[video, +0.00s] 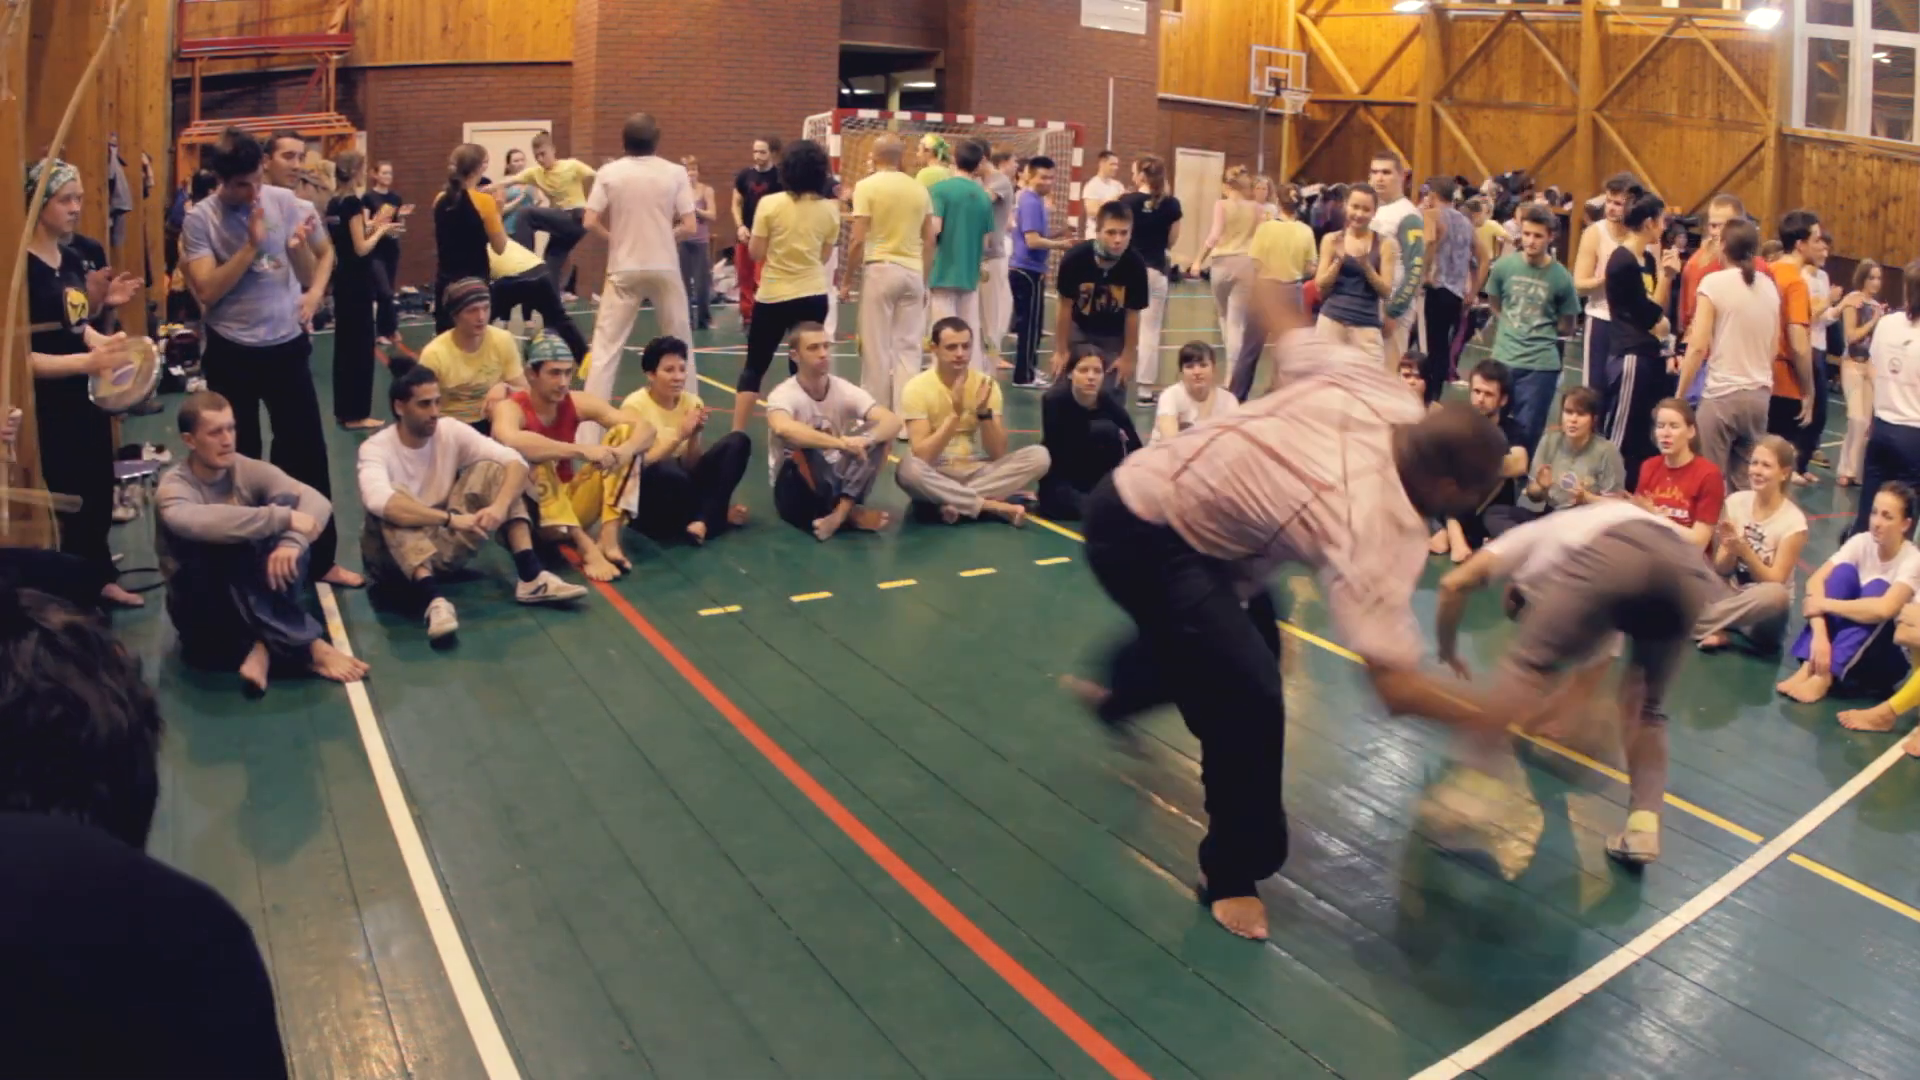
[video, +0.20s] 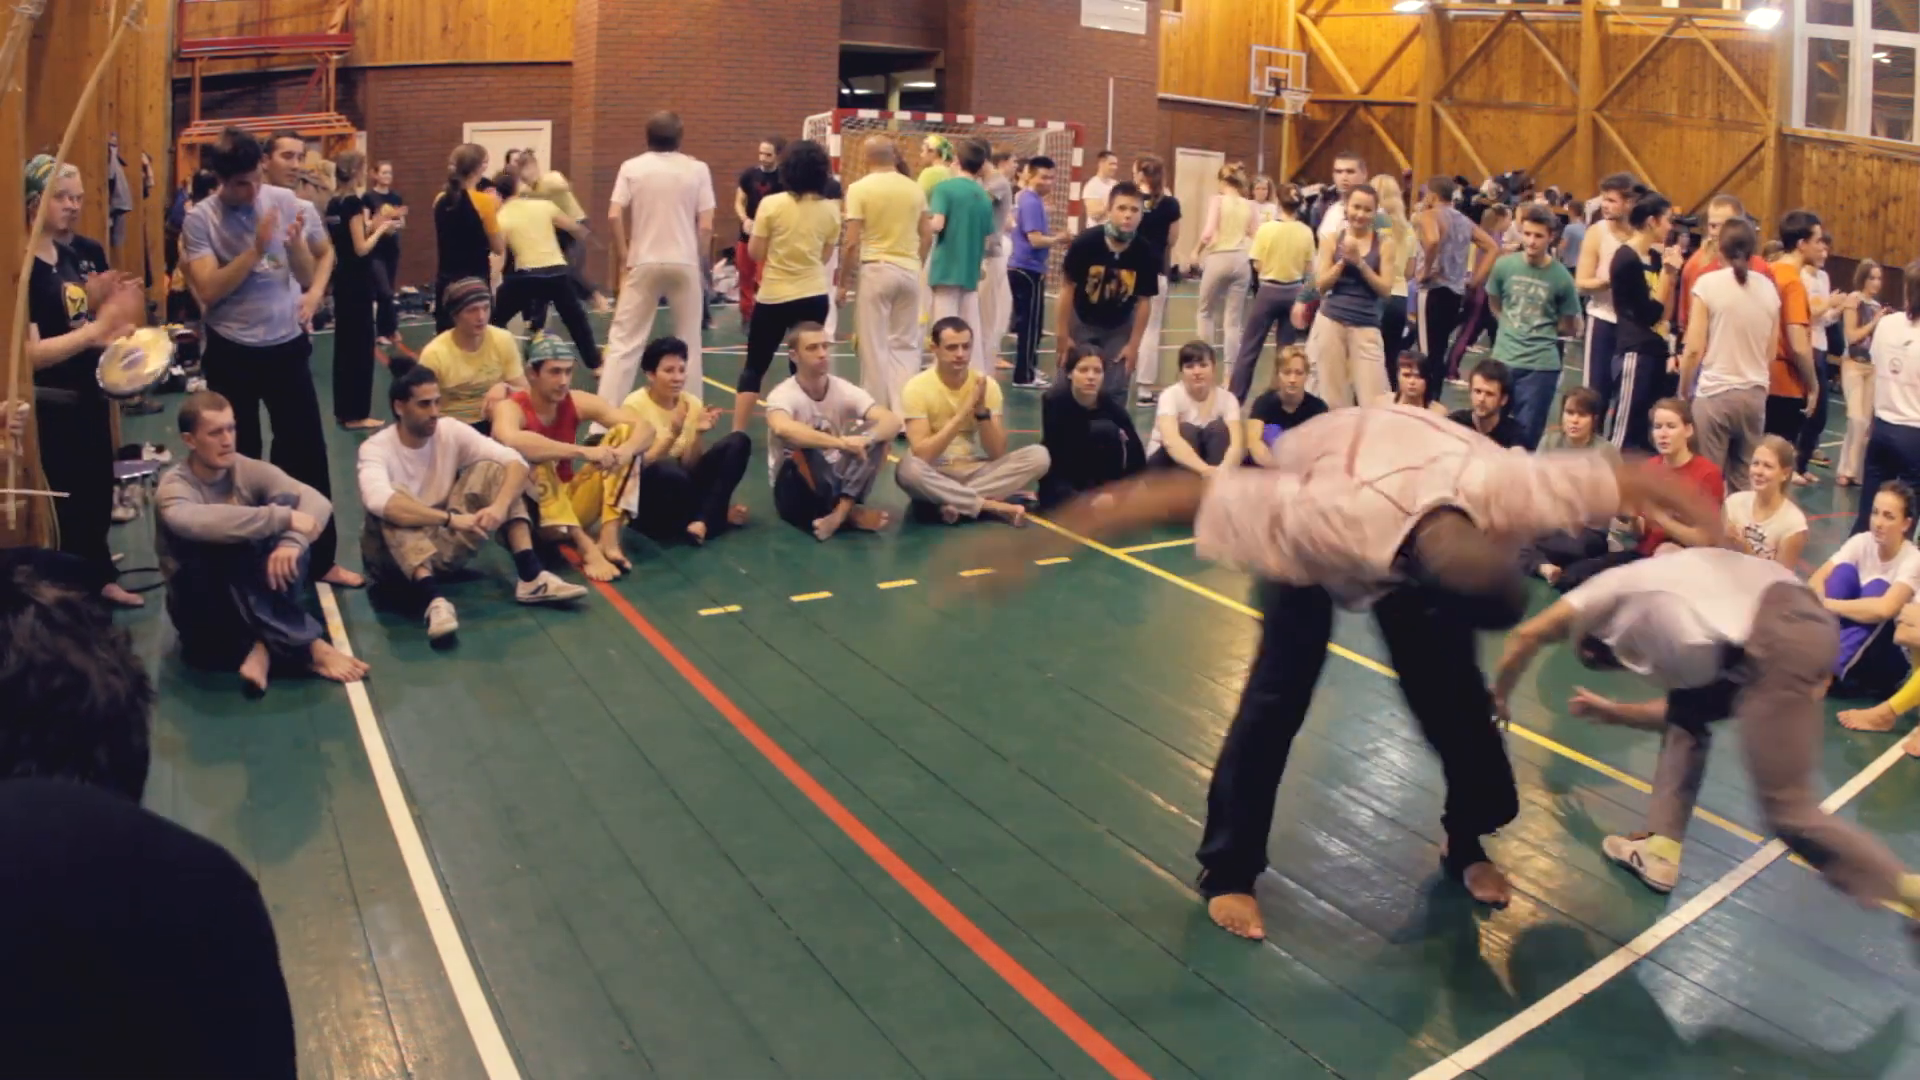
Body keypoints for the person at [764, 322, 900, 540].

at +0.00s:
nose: (823, 354)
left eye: (826, 347)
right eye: (813, 348)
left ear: (830, 348)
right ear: (794, 354)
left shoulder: (842, 388)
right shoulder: (783, 394)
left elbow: (892, 421)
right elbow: (782, 428)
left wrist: (866, 440)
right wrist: (840, 444)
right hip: (798, 495)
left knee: (880, 436)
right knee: (804, 449)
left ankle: (840, 512)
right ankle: (851, 512)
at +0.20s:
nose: (822, 355)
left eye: (825, 347)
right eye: (812, 348)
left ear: (830, 349)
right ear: (793, 355)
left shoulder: (842, 388)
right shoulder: (783, 394)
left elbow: (891, 421)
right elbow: (782, 429)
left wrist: (866, 439)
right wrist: (839, 443)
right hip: (797, 495)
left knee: (879, 434)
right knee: (804, 448)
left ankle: (841, 511)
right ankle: (850, 511)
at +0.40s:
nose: (821, 355)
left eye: (824, 347)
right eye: (811, 349)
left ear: (829, 348)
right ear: (793, 355)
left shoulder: (841, 389)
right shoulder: (782, 395)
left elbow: (892, 421)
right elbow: (782, 428)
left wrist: (866, 439)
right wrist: (840, 443)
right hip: (797, 494)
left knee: (879, 436)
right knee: (804, 448)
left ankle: (840, 512)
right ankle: (850, 512)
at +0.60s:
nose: (821, 355)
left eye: (823, 347)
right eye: (811, 349)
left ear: (828, 349)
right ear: (793, 355)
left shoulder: (841, 388)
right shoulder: (782, 394)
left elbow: (891, 420)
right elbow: (782, 429)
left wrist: (866, 438)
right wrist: (840, 443)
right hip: (797, 494)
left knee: (879, 438)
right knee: (803, 450)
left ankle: (840, 512)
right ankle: (850, 512)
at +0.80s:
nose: (822, 354)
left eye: (825, 346)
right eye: (812, 348)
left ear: (830, 348)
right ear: (793, 354)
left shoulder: (840, 388)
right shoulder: (782, 394)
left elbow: (892, 421)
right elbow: (784, 430)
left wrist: (868, 437)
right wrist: (842, 443)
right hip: (796, 497)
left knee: (877, 435)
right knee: (806, 452)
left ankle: (839, 512)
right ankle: (850, 512)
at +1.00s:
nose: (823, 354)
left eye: (826, 346)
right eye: (813, 347)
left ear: (831, 348)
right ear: (793, 354)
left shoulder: (841, 388)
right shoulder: (783, 394)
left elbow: (892, 421)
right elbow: (784, 430)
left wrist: (868, 437)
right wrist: (842, 443)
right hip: (796, 498)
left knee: (878, 435)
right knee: (806, 451)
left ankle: (840, 512)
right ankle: (850, 511)